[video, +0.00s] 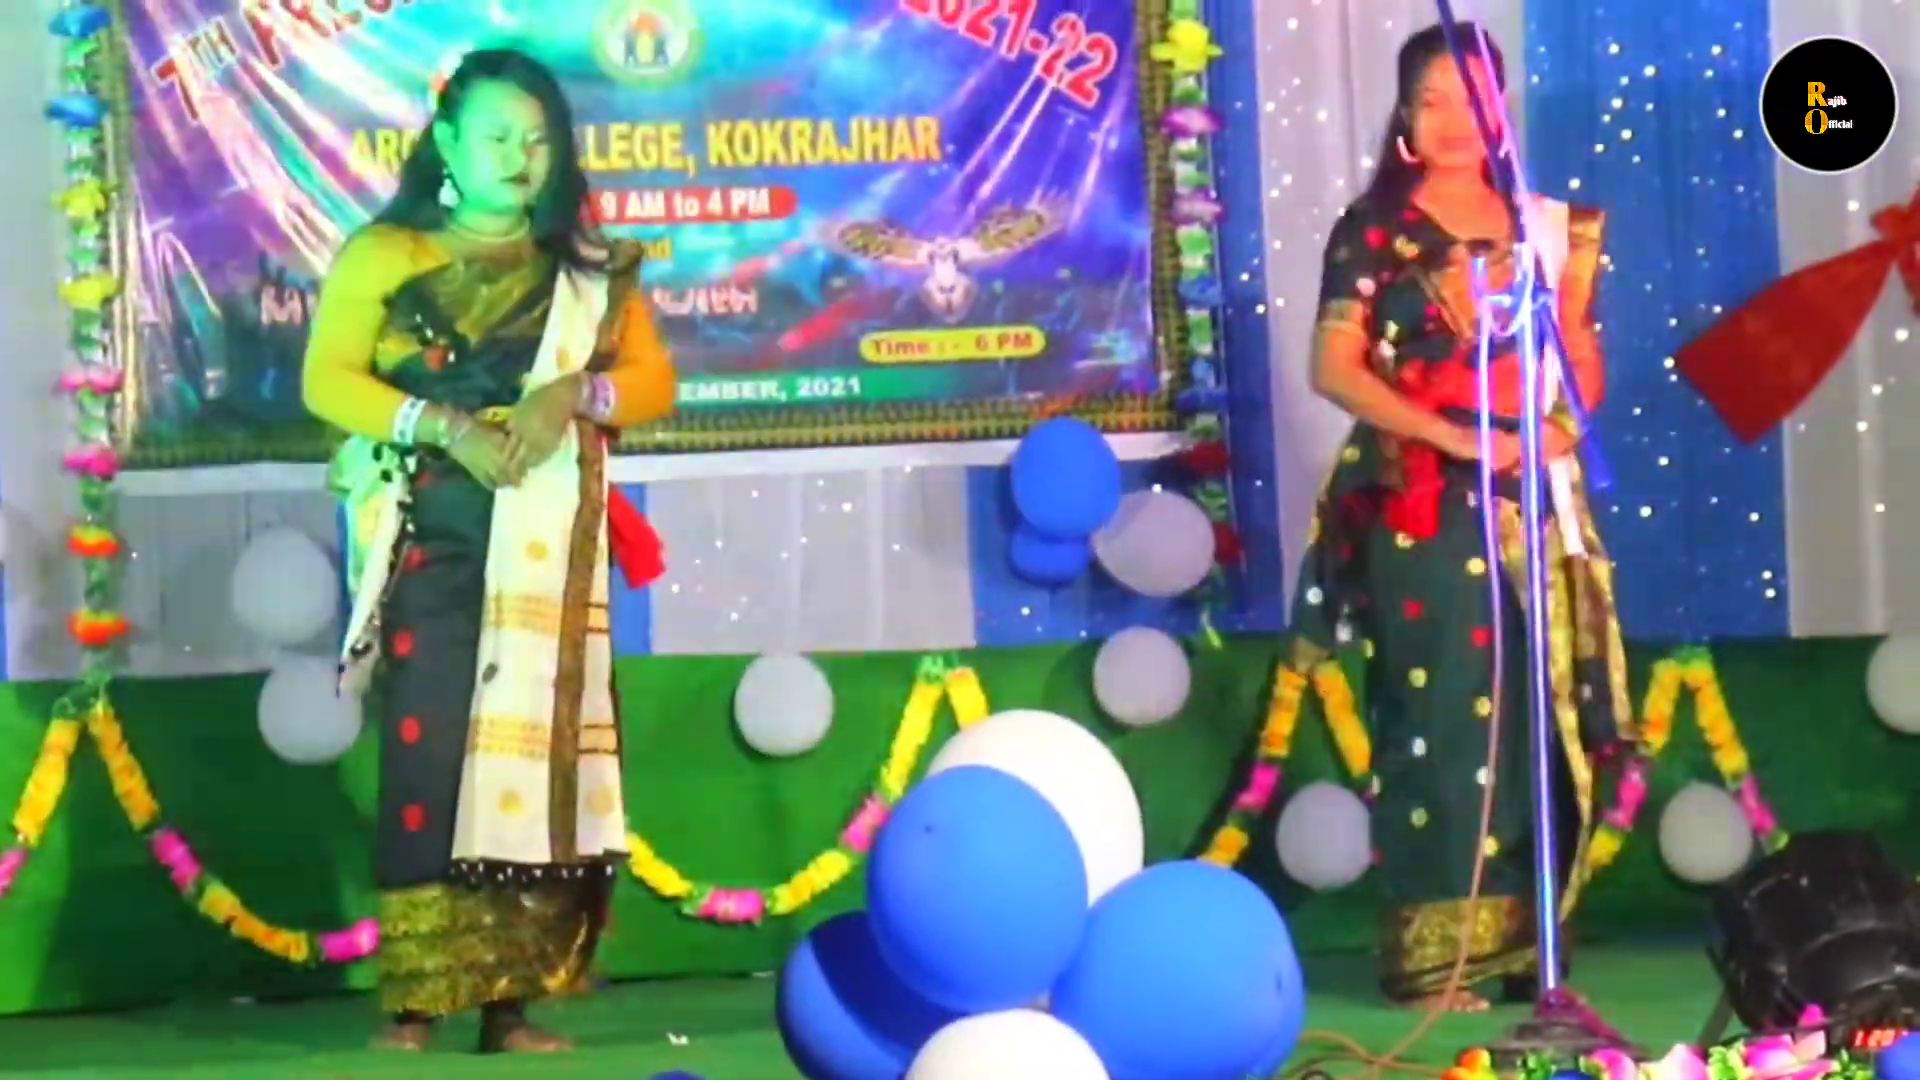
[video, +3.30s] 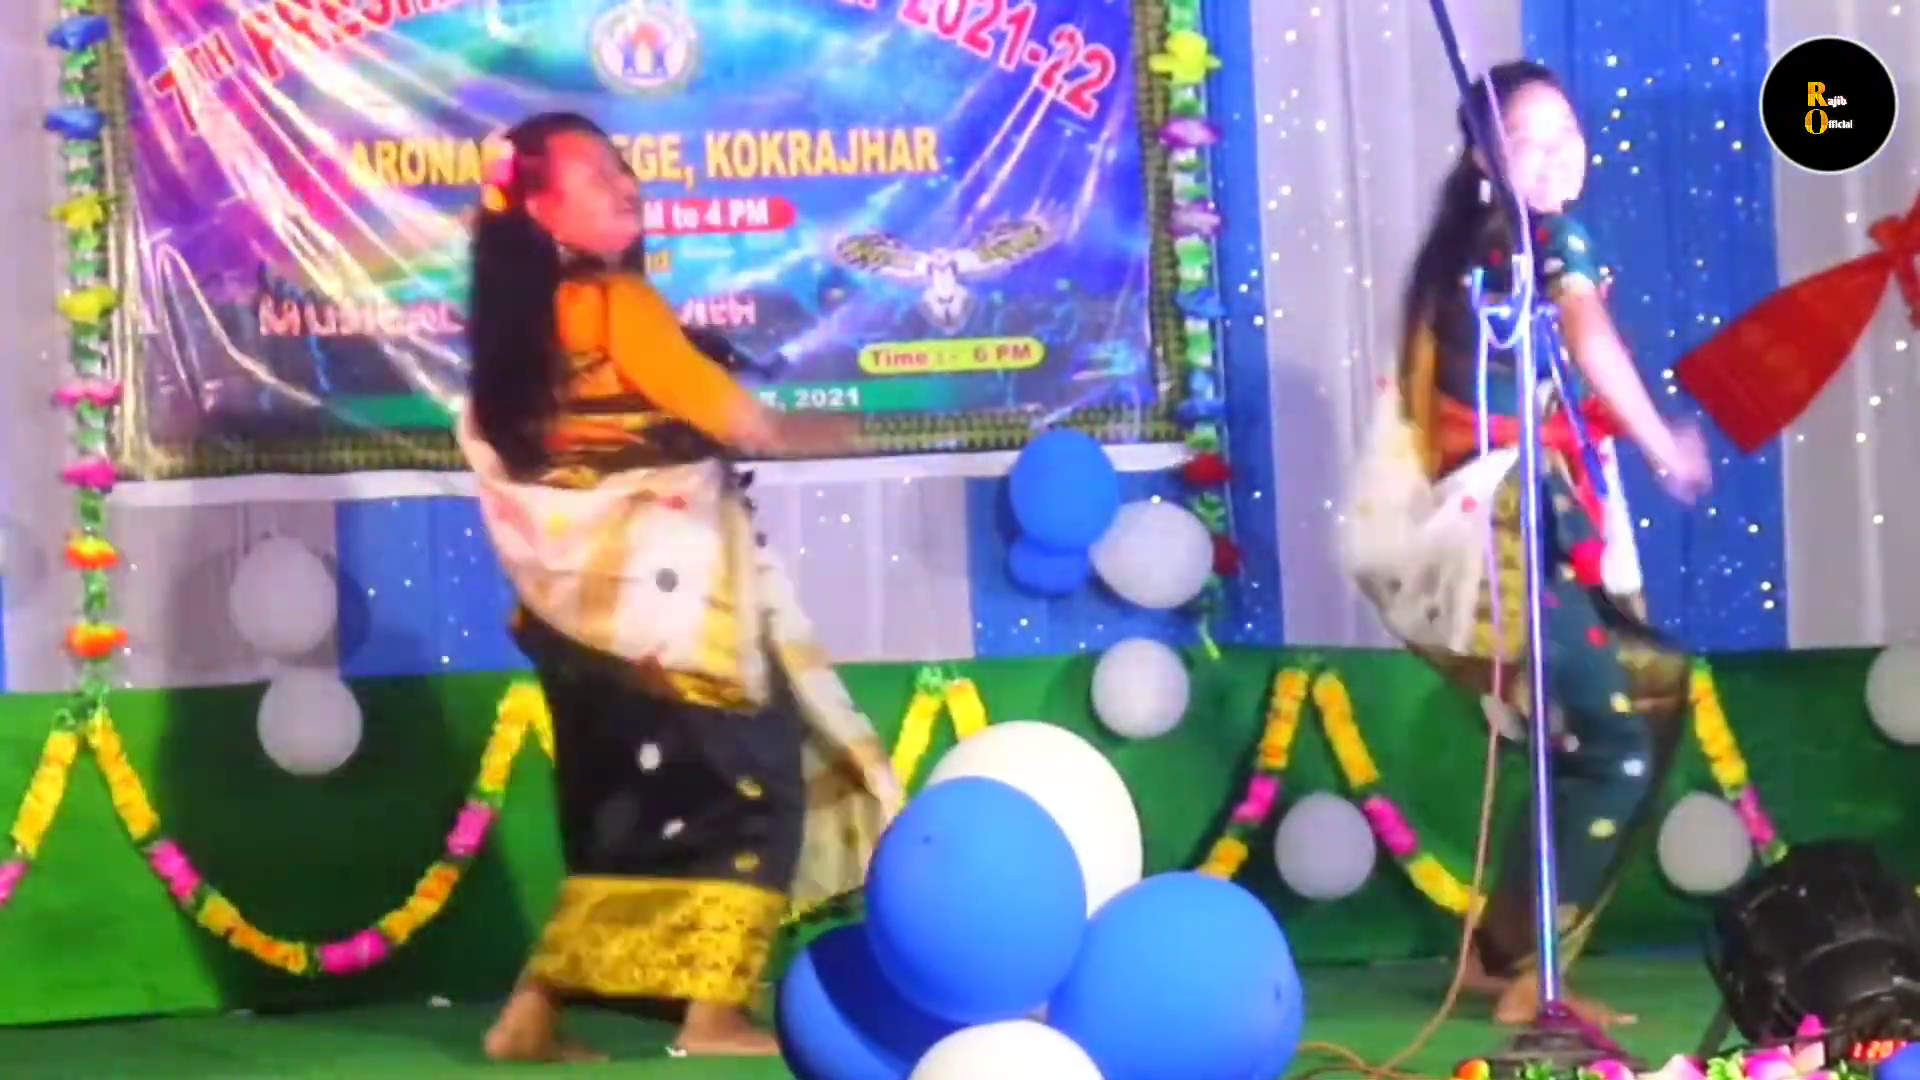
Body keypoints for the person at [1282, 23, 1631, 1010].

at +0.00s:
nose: (1443, 122)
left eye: (1461, 105)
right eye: (1426, 105)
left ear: (1494, 113)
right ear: (1404, 117)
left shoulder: (1548, 227)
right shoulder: (1372, 230)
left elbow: (1584, 389)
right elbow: (1334, 369)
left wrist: (1571, 304)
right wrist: (1456, 436)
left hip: (1535, 504)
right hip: (1424, 507)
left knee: (1541, 716)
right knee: (1440, 718)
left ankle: (1530, 951)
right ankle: (1434, 956)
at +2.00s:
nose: (1452, 134)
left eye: (1467, 116)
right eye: (1432, 116)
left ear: (1490, 124)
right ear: (1398, 126)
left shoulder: (1525, 234)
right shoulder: (1366, 242)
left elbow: (1560, 391)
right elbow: (1328, 385)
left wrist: (1561, 308)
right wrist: (1457, 451)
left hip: (1529, 515)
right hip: (1426, 520)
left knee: (1538, 729)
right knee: (1440, 730)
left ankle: (1530, 967)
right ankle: (1438, 968)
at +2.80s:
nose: (1466, 131)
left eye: (1481, 111)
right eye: (1446, 112)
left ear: (1504, 119)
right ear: (1413, 125)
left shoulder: (1520, 234)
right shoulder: (1401, 235)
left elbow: (1548, 372)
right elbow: (1367, 385)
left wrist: (1550, 434)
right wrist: (1478, 459)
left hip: (1516, 512)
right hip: (1432, 515)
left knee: (1520, 727)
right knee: (1438, 729)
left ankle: (1512, 955)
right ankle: (1428, 963)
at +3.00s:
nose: (1503, 139)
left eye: (1510, 119)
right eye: (1478, 125)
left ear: (1530, 129)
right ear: (1441, 145)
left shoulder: (1525, 248)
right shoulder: (1448, 244)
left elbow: (1536, 390)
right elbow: (1441, 391)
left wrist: (1609, 446)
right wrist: (1549, 435)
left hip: (1513, 529)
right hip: (1460, 531)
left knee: (1563, 727)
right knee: (1554, 727)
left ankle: (1451, 907)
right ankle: (1477, 929)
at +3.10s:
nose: (1524, 113)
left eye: (1529, 93)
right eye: (1502, 101)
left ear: (1541, 99)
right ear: (1459, 122)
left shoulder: (1535, 210)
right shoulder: (1457, 207)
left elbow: (1626, 332)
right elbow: (1491, 330)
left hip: (1544, 505)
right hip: (1480, 508)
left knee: (1536, 712)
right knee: (1571, 699)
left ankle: (1496, 944)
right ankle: (1487, 930)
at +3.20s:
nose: (1539, 129)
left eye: (1543, 109)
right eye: (1516, 114)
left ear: (1551, 113)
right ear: (1469, 130)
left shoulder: (1522, 226)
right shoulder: (1462, 228)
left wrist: (1596, 296)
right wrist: (1593, 306)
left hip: (1549, 531)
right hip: (1495, 542)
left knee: (1567, 739)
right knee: (1564, 740)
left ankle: (1513, 959)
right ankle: (1502, 964)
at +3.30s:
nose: (1570, 156)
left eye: (1570, 137)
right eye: (1548, 142)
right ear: (1501, 155)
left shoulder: (1453, 255)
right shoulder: (1541, 240)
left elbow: (1423, 419)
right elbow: (1592, 348)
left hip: (1453, 563)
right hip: (1505, 564)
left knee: (1579, 739)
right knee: (1616, 752)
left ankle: (1500, 943)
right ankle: (1531, 983)